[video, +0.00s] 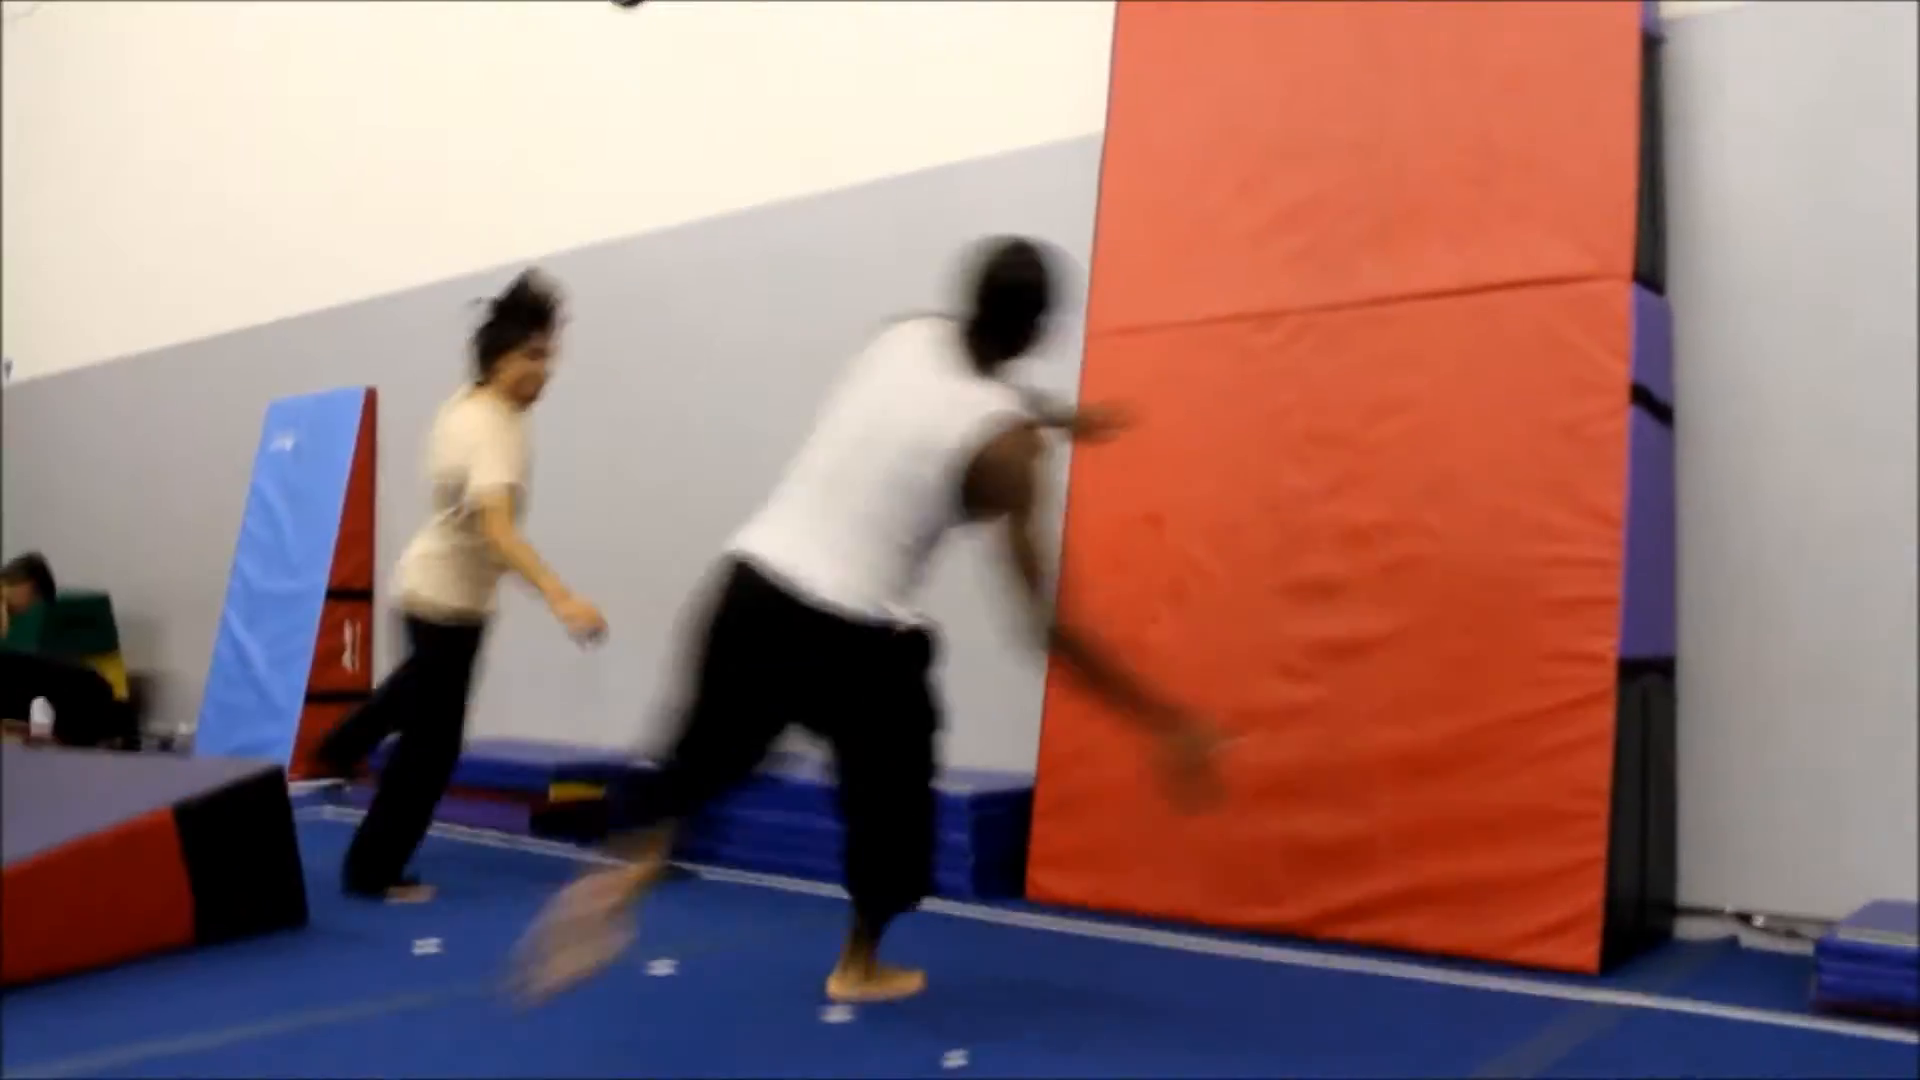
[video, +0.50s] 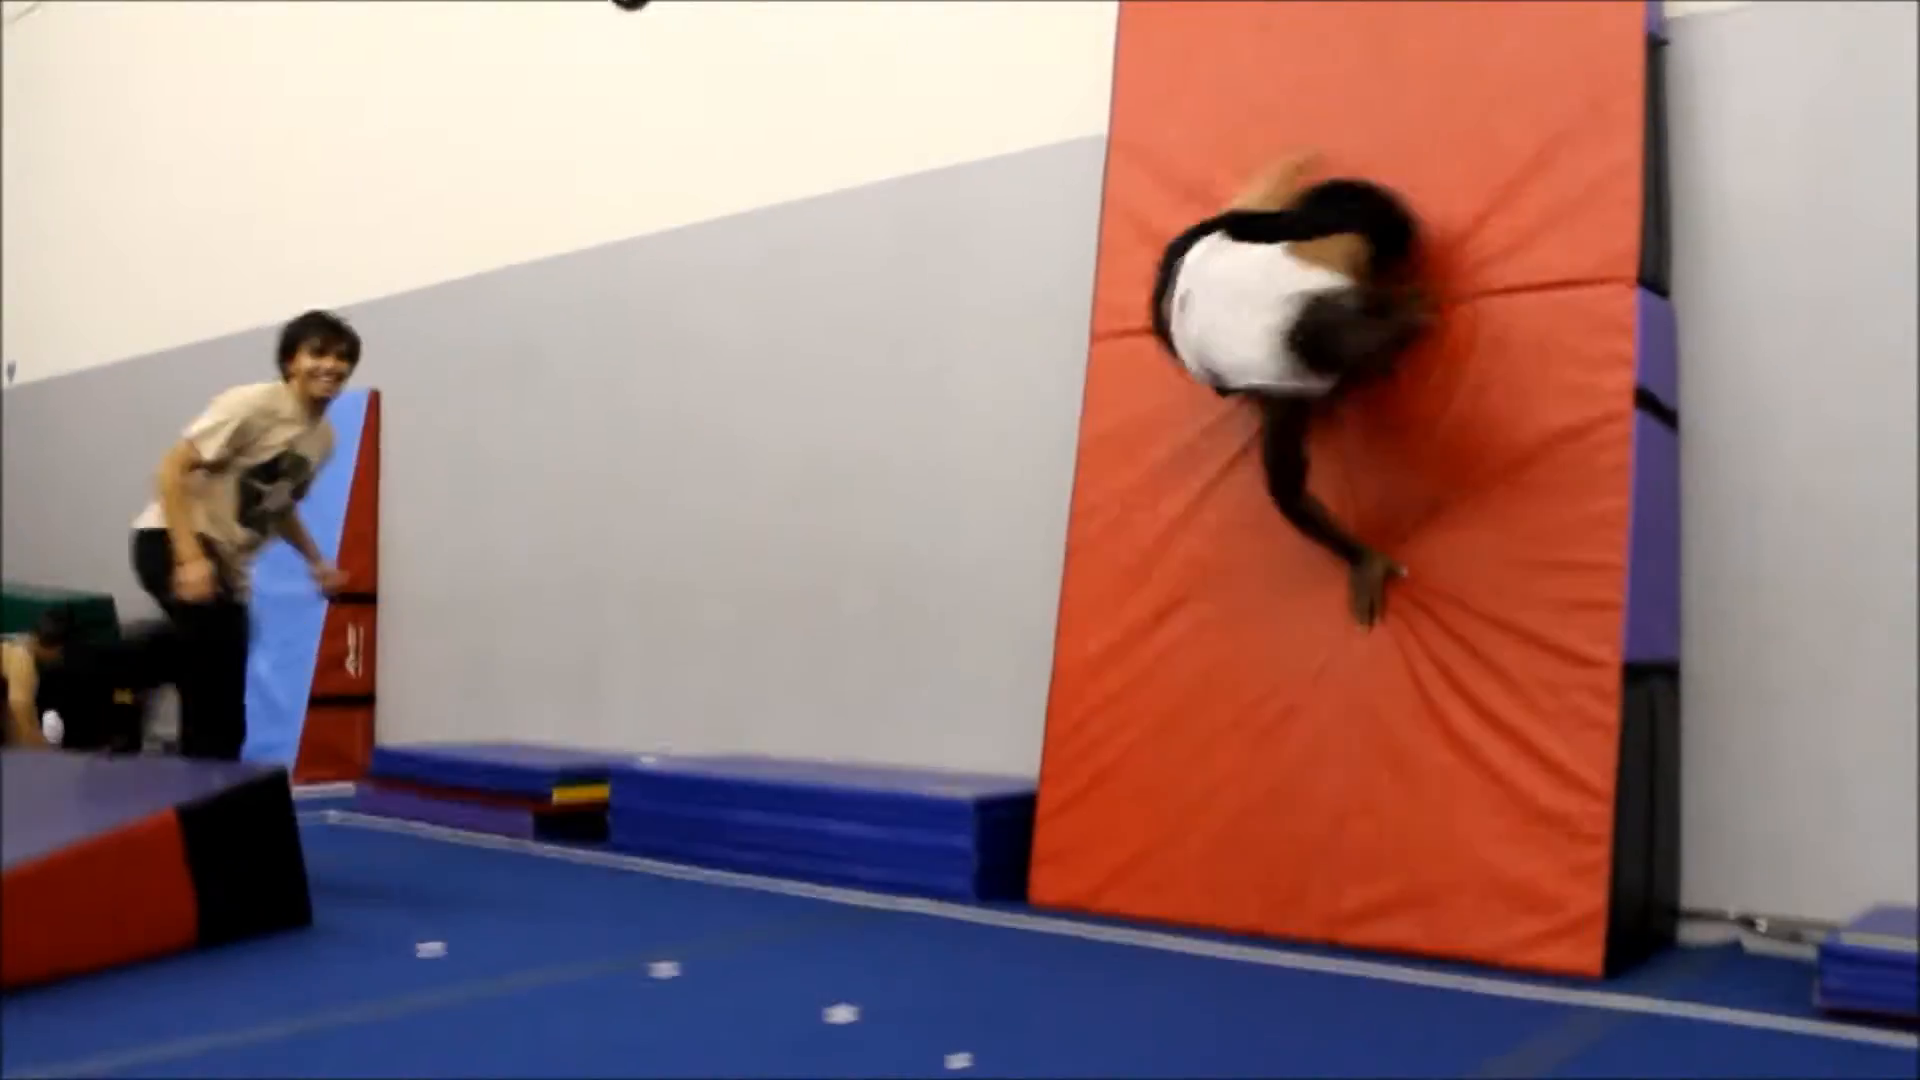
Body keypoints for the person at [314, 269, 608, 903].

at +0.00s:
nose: (544, 370)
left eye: (548, 357)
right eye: (534, 356)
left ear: (517, 362)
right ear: (500, 359)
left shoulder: (466, 410)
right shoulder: (493, 424)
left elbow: (460, 511)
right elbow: (496, 529)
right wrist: (562, 599)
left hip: (429, 591)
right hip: (452, 603)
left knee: (418, 689)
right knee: (433, 747)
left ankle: (336, 751)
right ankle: (374, 871)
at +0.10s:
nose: (483, 422)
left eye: (489, 409)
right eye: (472, 409)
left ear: (494, 408)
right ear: (442, 406)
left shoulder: (428, 448)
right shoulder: (421, 463)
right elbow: (445, 573)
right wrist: (541, 618)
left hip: (365, 618)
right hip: (378, 626)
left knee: (351, 731)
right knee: (420, 745)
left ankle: (257, 814)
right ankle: (377, 875)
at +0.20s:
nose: (438, 414)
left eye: (444, 403)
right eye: (427, 401)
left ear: (447, 407)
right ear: (398, 401)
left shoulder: (398, 450)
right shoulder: (367, 460)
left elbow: (358, 512)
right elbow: (364, 570)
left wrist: (407, 523)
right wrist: (449, 618)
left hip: (331, 603)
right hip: (319, 607)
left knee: (284, 730)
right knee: (377, 723)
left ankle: (227, 842)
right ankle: (378, 869)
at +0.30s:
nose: (391, 426)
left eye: (399, 416)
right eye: (380, 412)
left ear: (404, 419)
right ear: (352, 410)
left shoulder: (372, 468)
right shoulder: (317, 457)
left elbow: (341, 544)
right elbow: (279, 550)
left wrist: (384, 593)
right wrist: (324, 621)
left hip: (290, 604)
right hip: (252, 603)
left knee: (262, 731)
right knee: (314, 728)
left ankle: (243, 852)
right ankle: (353, 862)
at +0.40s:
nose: (352, 397)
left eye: (363, 389)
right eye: (342, 383)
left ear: (370, 398)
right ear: (316, 384)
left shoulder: (348, 461)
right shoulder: (276, 432)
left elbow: (309, 531)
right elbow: (209, 513)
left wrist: (356, 584)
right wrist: (238, 595)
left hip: (258, 581)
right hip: (209, 571)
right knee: (286, 659)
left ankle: (238, 776)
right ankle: (232, 775)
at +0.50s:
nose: (329, 366)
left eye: (341, 357)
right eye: (317, 354)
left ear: (351, 369)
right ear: (290, 362)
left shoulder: (321, 439)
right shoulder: (252, 405)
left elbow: (276, 504)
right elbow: (173, 468)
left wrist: (316, 560)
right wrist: (189, 556)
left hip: (224, 557)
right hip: (172, 539)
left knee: (221, 671)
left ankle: (213, 786)